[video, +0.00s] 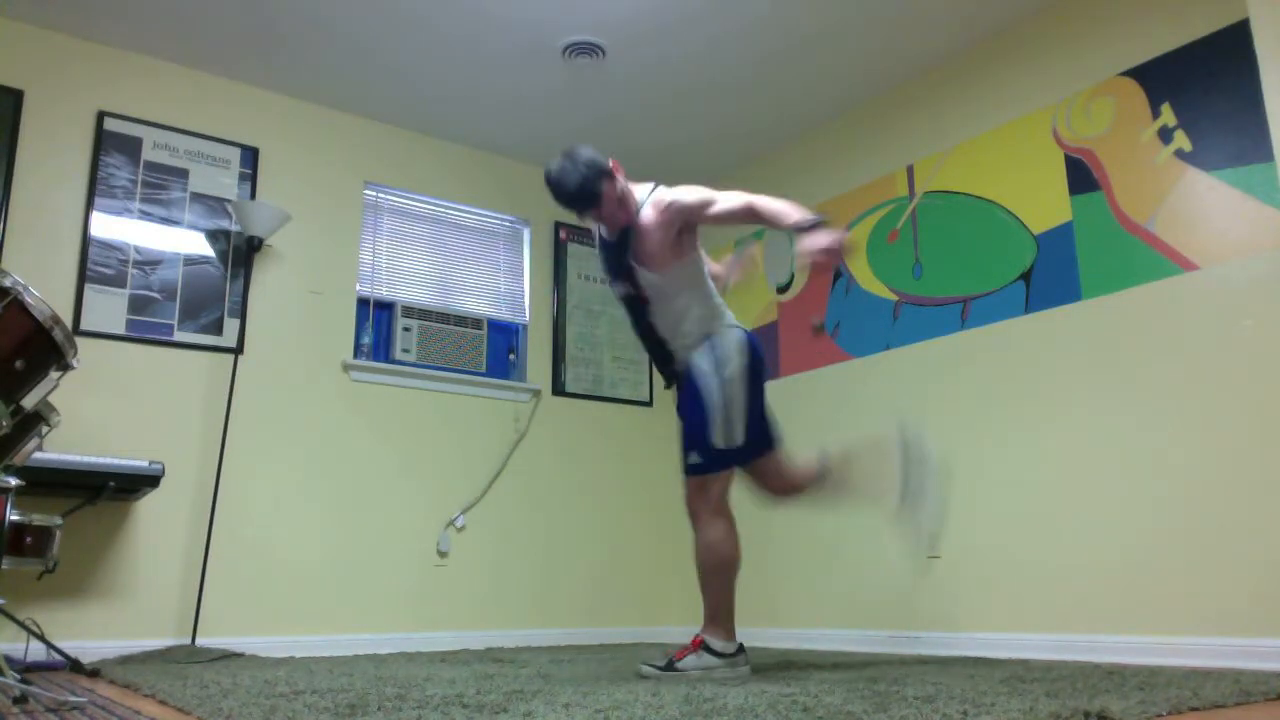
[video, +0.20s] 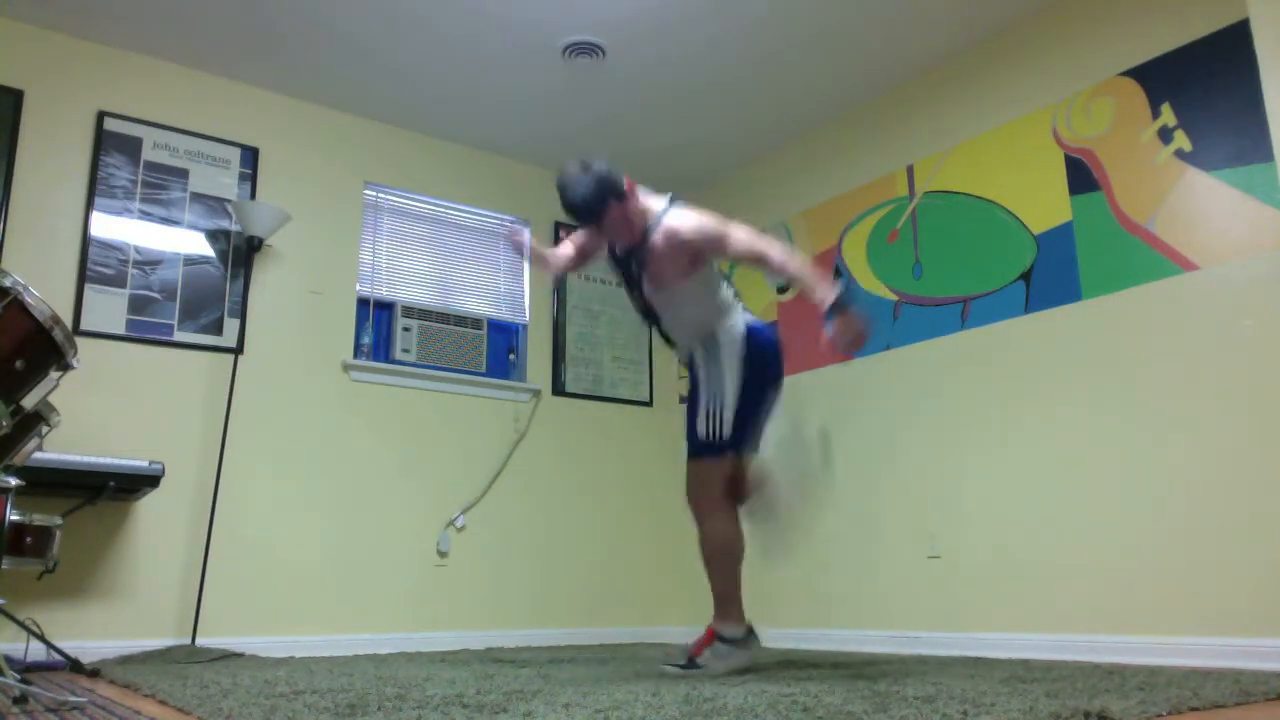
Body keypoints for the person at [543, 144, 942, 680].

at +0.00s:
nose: (605, 218)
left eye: (604, 203)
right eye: (593, 214)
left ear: (615, 175)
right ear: (583, 209)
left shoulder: (666, 206)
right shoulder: (619, 230)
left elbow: (750, 205)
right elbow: (670, 263)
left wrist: (808, 226)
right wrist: (722, 271)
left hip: (715, 357)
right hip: (705, 357)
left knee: (707, 504)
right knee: (781, 480)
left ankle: (719, 641)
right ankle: (893, 460)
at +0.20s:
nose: (616, 231)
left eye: (616, 218)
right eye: (603, 226)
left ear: (629, 192)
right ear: (591, 222)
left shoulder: (677, 227)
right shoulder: (604, 233)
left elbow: (768, 251)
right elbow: (561, 262)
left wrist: (833, 302)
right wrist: (532, 249)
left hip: (733, 351)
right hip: (708, 355)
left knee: (706, 493)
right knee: (730, 485)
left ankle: (732, 633)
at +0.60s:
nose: (606, 204)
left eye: (608, 190)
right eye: (594, 201)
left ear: (622, 161)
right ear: (581, 195)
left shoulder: (671, 204)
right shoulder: (621, 181)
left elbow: (760, 227)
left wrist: (832, 275)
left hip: (705, 334)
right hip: (711, 329)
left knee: (653, 470)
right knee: (725, 472)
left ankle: (690, 610)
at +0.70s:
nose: (606, 214)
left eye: (608, 200)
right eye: (595, 209)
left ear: (624, 171)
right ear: (584, 204)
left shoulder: (671, 210)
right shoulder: (610, 209)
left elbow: (744, 238)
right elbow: (581, 234)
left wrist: (772, 279)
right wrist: (529, 220)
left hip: (723, 342)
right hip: (695, 344)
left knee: (673, 484)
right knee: (673, 478)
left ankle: (696, 635)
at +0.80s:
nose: (606, 230)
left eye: (608, 215)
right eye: (592, 224)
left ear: (622, 186)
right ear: (580, 219)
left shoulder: (669, 223)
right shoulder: (619, 202)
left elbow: (734, 266)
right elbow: (574, 234)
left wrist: (719, 325)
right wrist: (560, 251)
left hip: (717, 361)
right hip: (691, 366)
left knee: (659, 498)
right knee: (660, 501)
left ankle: (699, 646)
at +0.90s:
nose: (608, 214)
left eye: (609, 200)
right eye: (596, 210)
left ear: (625, 168)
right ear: (583, 201)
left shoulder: (674, 214)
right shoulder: (626, 208)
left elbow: (734, 275)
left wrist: (719, 348)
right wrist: (620, 273)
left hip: (700, 358)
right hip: (673, 361)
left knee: (647, 490)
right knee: (658, 498)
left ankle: (691, 635)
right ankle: (745, 609)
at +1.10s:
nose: (617, 207)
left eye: (623, 190)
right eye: (604, 200)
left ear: (643, 162)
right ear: (590, 192)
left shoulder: (684, 220)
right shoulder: (628, 211)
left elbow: (747, 285)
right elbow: (653, 265)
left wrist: (764, 357)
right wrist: (618, 273)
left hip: (700, 359)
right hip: (672, 362)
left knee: (650, 503)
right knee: (653, 509)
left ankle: (699, 645)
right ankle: (752, 602)